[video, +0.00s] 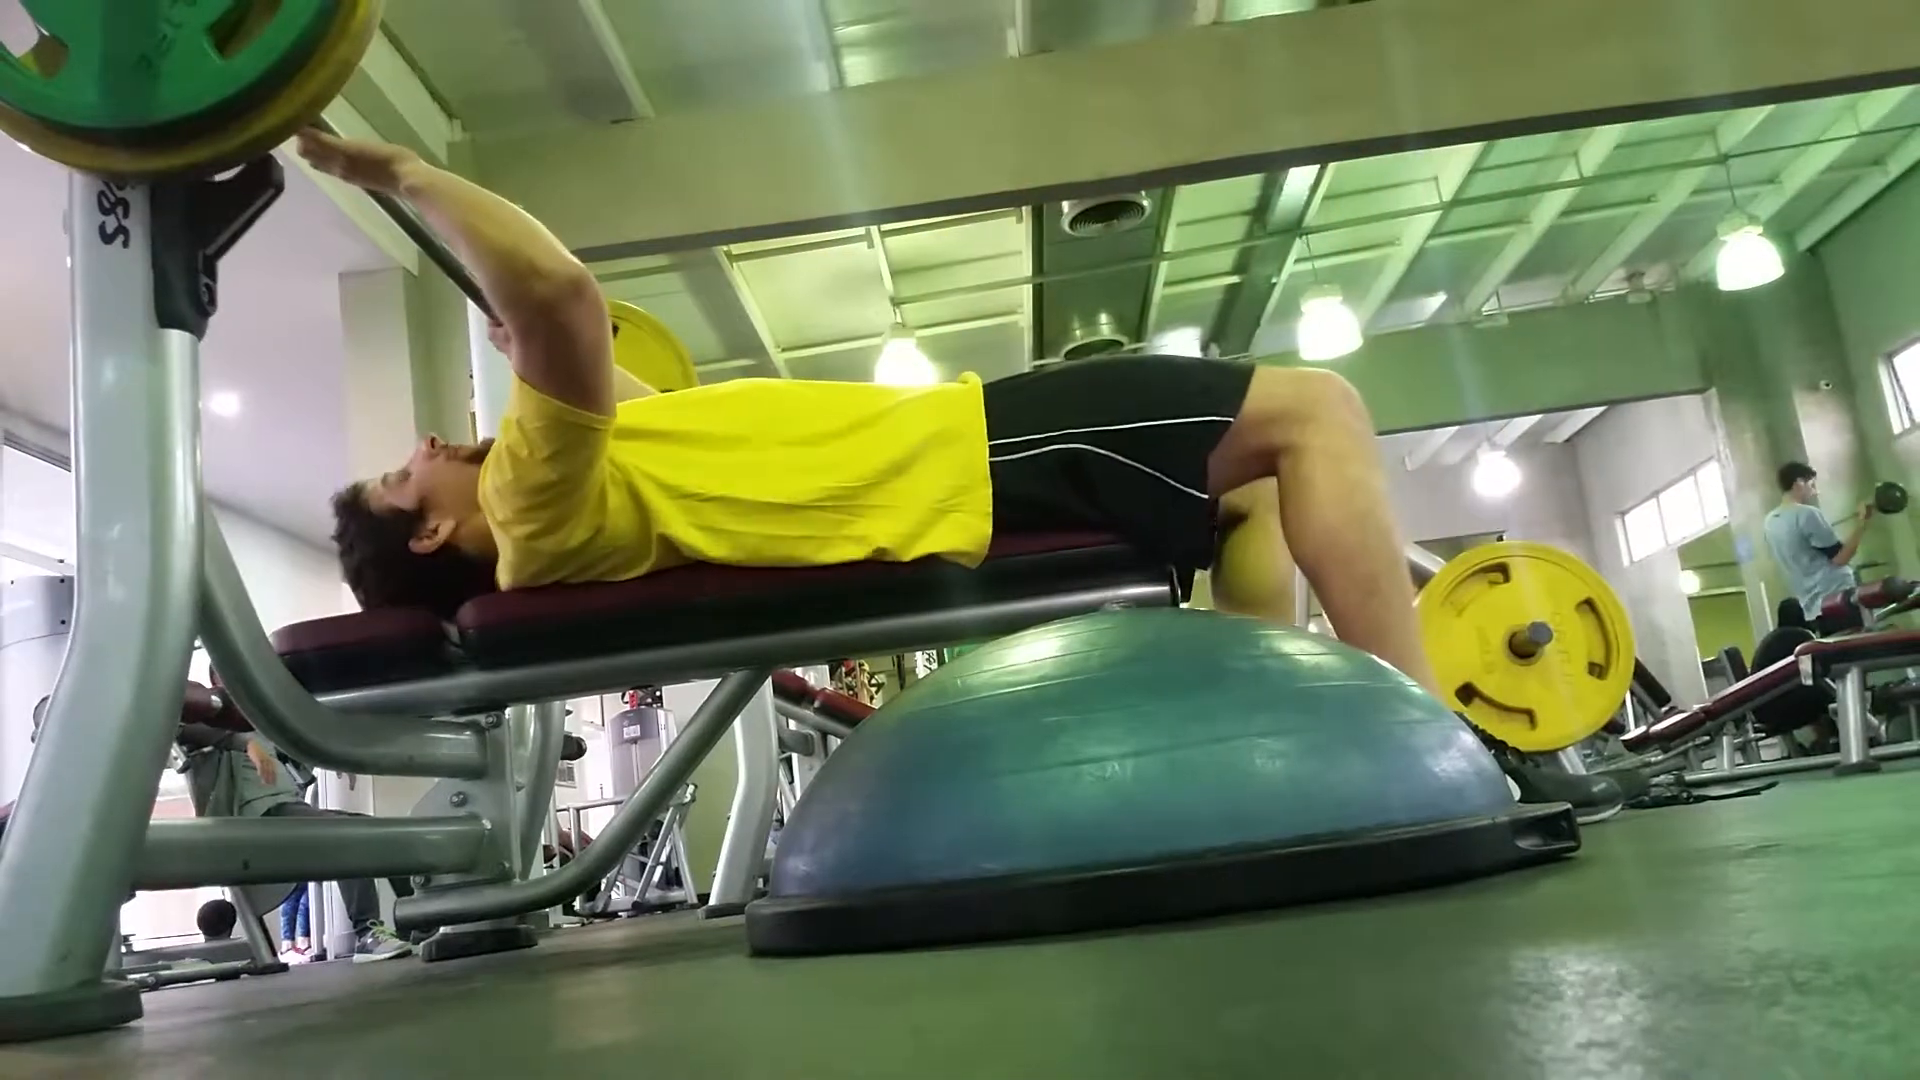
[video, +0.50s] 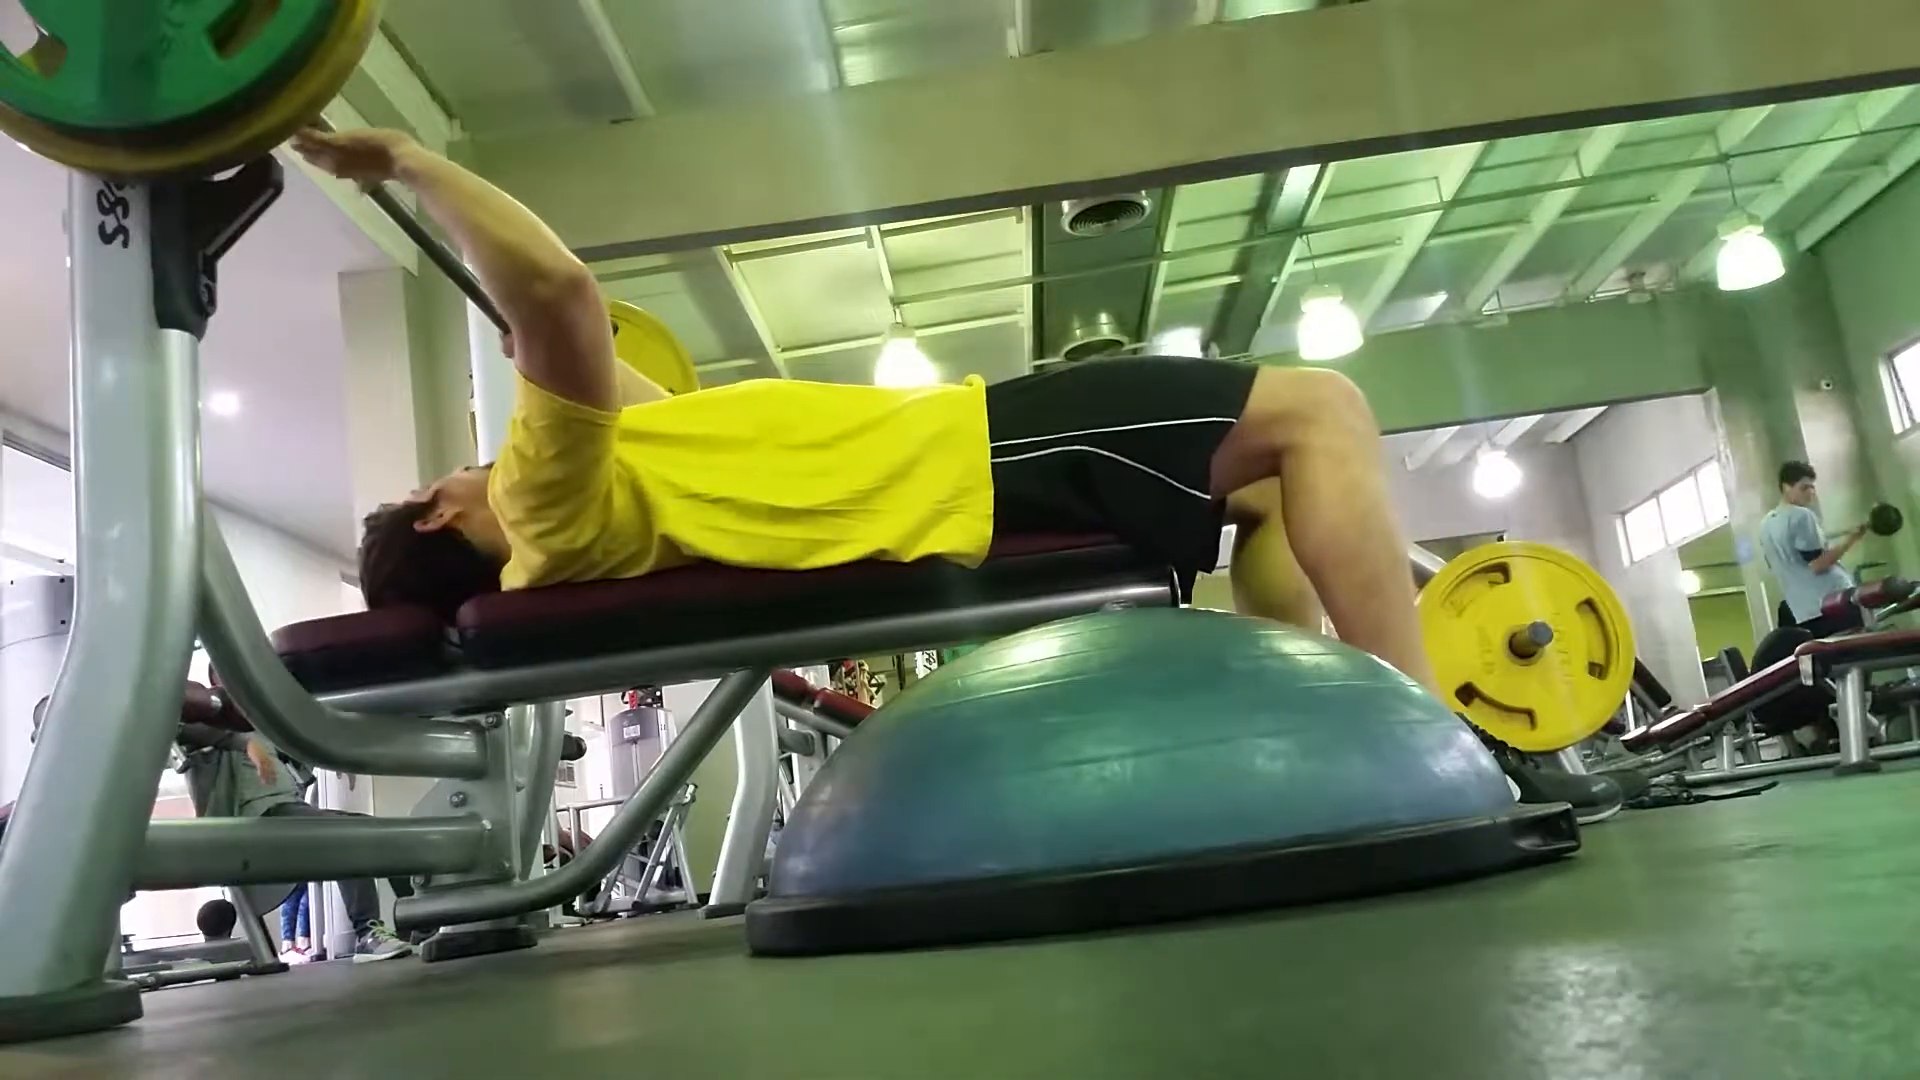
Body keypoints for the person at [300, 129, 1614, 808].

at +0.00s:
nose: (435, 441)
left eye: (412, 451)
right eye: (418, 467)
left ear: (447, 484)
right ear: (437, 536)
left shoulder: (565, 480)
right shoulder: (547, 521)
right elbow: (555, 297)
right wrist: (400, 171)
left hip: (957, 461)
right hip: (964, 455)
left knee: (1251, 488)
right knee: (1306, 408)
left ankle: (1259, 762)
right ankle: (1433, 748)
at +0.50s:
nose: (462, 457)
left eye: (442, 462)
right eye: (449, 474)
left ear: (460, 516)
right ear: (461, 522)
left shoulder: (578, 505)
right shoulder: (558, 511)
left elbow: (740, 603)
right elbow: (555, 293)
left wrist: (827, 674)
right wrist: (398, 160)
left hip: (971, 464)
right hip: (982, 450)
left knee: (1271, 459)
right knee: (1314, 409)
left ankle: (1315, 740)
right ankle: (1426, 756)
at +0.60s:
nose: (457, 459)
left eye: (435, 464)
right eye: (442, 477)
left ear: (462, 497)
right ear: (455, 528)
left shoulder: (578, 491)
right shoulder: (559, 510)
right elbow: (539, 292)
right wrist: (378, 159)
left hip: (970, 456)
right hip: (977, 448)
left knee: (1271, 472)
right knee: (1315, 409)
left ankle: (1323, 745)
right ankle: (1426, 753)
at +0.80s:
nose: (435, 460)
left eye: (414, 467)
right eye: (424, 478)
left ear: (450, 499)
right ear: (446, 528)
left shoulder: (569, 495)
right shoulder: (553, 508)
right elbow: (483, 292)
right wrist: (328, 149)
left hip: (970, 465)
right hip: (978, 455)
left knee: (1273, 464)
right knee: (1313, 407)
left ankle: (1314, 743)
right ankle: (1423, 751)